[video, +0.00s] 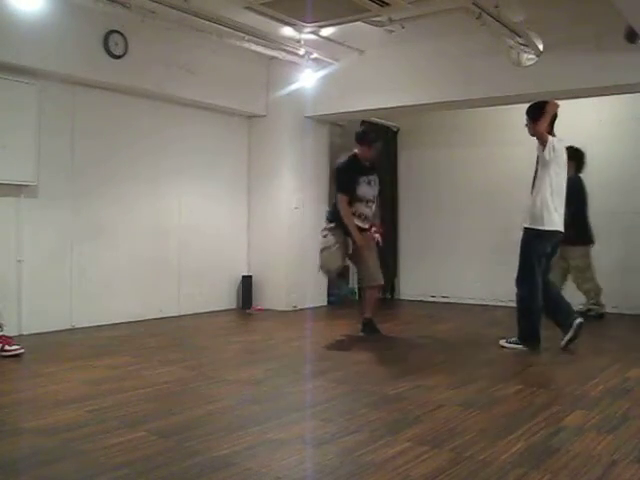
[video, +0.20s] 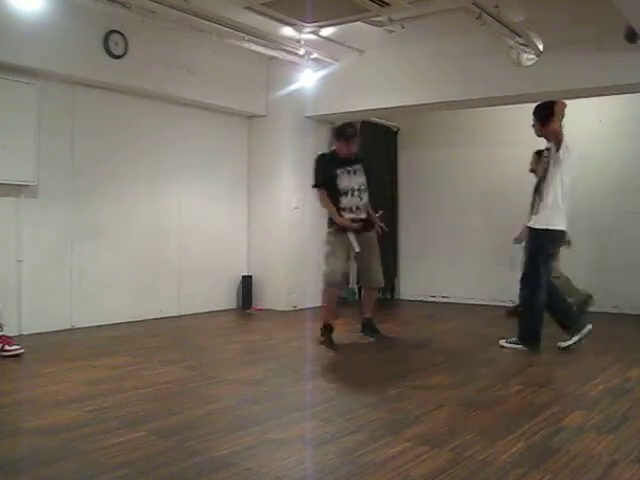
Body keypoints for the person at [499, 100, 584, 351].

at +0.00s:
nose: (529, 130)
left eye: (530, 124)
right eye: (529, 124)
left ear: (540, 122)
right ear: (542, 124)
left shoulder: (551, 148)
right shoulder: (554, 149)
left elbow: (541, 131)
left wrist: (551, 111)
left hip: (541, 227)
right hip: (550, 227)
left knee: (527, 283)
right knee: (539, 281)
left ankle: (528, 339)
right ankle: (568, 320)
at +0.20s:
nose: (536, 133)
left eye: (537, 126)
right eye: (536, 127)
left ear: (547, 124)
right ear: (545, 126)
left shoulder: (561, 152)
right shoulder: (551, 155)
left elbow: (556, 133)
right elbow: (545, 199)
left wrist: (558, 115)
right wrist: (529, 226)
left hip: (549, 227)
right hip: (541, 226)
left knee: (533, 283)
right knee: (540, 282)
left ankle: (528, 339)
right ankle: (576, 324)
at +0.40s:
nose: (543, 134)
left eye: (545, 129)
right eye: (543, 129)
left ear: (558, 129)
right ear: (558, 130)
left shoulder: (574, 150)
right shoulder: (559, 154)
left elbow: (586, 135)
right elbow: (556, 195)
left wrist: (575, 115)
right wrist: (544, 226)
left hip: (567, 229)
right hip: (555, 228)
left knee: (544, 286)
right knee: (561, 285)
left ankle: (529, 339)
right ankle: (587, 335)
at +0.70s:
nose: (565, 132)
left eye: (568, 127)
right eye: (565, 127)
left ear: (581, 127)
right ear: (575, 127)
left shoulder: (602, 147)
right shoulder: (568, 155)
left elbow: (625, 128)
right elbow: (567, 192)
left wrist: (600, 110)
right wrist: (564, 225)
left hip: (595, 223)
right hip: (573, 224)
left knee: (577, 283)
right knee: (576, 283)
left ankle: (568, 339)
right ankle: (590, 338)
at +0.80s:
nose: (574, 130)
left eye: (577, 125)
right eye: (574, 125)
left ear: (590, 126)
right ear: (585, 126)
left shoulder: (611, 148)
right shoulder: (575, 153)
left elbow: (635, 129)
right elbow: (572, 190)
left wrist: (612, 109)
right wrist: (568, 224)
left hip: (600, 225)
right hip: (577, 225)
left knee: (593, 285)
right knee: (577, 285)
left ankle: (598, 343)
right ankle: (583, 336)